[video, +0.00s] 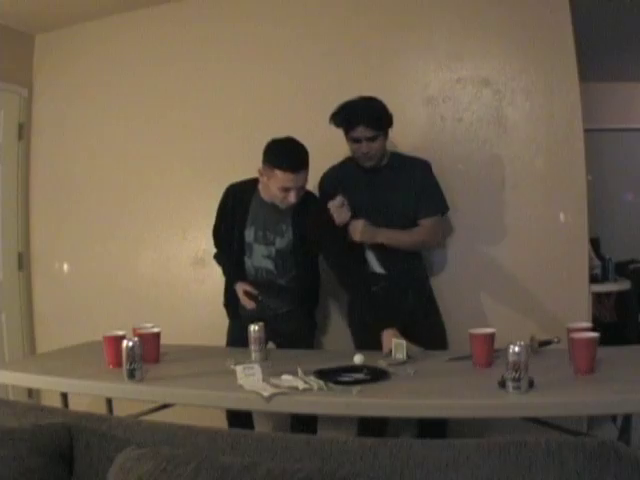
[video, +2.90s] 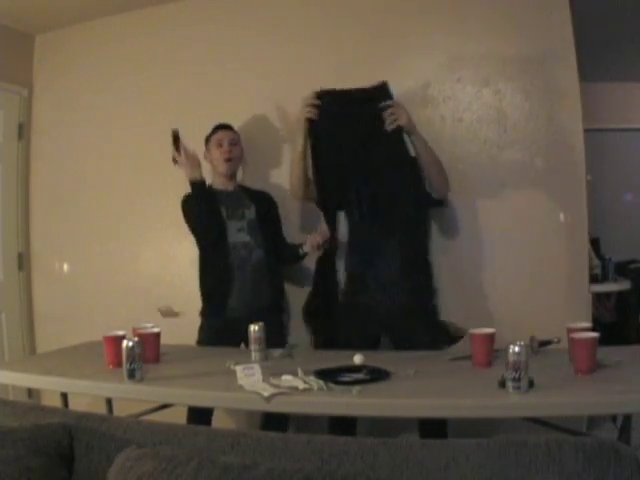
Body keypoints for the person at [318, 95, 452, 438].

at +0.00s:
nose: (364, 148)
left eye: (372, 139)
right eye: (356, 140)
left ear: (386, 135)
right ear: (346, 138)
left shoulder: (416, 171)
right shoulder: (333, 180)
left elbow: (434, 234)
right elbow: (324, 249)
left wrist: (377, 235)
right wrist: (331, 223)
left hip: (414, 296)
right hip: (365, 300)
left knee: (433, 383)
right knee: (374, 390)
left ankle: (433, 469)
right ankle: (372, 475)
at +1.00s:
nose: (367, 145)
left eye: (375, 135)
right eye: (360, 138)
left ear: (395, 135)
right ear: (354, 141)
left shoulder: (424, 168)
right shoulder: (356, 180)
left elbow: (412, 222)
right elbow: (331, 232)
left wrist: (372, 170)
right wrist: (333, 180)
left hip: (433, 288)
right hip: (386, 292)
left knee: (464, 371)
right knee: (380, 382)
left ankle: (462, 463)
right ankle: (368, 468)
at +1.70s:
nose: (384, 133)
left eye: (388, 124)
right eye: (376, 127)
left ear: (403, 126)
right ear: (366, 135)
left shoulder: (431, 166)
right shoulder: (366, 175)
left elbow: (434, 209)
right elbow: (317, 180)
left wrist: (406, 153)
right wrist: (323, 120)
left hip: (435, 288)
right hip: (389, 291)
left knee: (452, 380)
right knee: (380, 382)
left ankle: (448, 469)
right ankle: (369, 470)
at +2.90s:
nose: (373, 140)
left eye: (378, 132)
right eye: (363, 132)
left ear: (393, 142)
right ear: (354, 142)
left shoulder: (409, 175)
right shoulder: (347, 183)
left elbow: (440, 190)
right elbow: (305, 192)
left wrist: (412, 132)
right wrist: (306, 134)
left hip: (408, 290)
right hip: (357, 293)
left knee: (427, 381)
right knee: (346, 385)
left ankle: (438, 469)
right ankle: (340, 469)